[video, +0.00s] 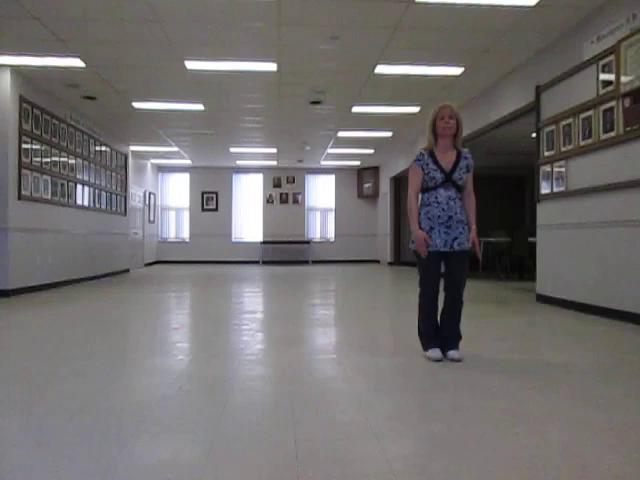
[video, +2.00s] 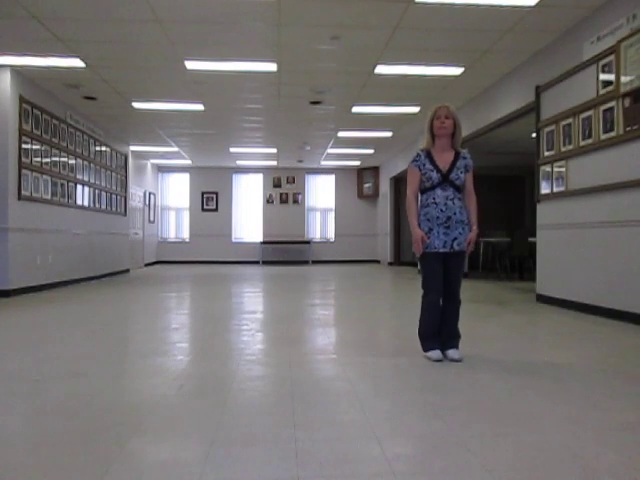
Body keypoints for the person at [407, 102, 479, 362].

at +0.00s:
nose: (447, 122)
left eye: (451, 118)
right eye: (442, 118)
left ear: (457, 125)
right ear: (434, 124)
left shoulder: (465, 158)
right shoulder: (423, 158)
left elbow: (469, 195)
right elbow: (412, 196)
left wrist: (473, 228)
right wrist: (415, 230)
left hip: (458, 229)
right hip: (429, 229)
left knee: (455, 290)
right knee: (429, 289)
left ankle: (451, 343)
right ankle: (431, 343)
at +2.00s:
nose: (443, 122)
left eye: (447, 118)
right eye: (438, 118)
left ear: (455, 125)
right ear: (431, 125)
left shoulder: (464, 158)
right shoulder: (420, 158)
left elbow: (469, 193)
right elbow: (411, 196)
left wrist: (474, 226)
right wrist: (414, 228)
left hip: (458, 229)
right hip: (430, 229)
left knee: (453, 290)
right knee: (432, 290)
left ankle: (450, 343)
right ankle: (431, 344)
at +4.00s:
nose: (447, 125)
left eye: (451, 122)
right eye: (443, 121)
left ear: (455, 128)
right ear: (432, 126)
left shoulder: (461, 160)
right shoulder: (418, 160)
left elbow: (470, 195)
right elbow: (409, 197)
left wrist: (477, 229)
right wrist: (415, 226)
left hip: (457, 231)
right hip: (429, 232)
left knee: (453, 291)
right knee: (434, 290)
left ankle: (451, 343)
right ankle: (431, 344)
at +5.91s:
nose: (444, 129)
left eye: (448, 126)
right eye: (439, 125)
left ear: (453, 130)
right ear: (430, 128)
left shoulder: (460, 160)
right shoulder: (416, 160)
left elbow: (469, 193)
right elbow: (409, 196)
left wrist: (478, 226)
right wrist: (414, 224)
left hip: (458, 231)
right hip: (429, 231)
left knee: (453, 290)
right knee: (434, 289)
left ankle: (451, 343)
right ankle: (431, 344)